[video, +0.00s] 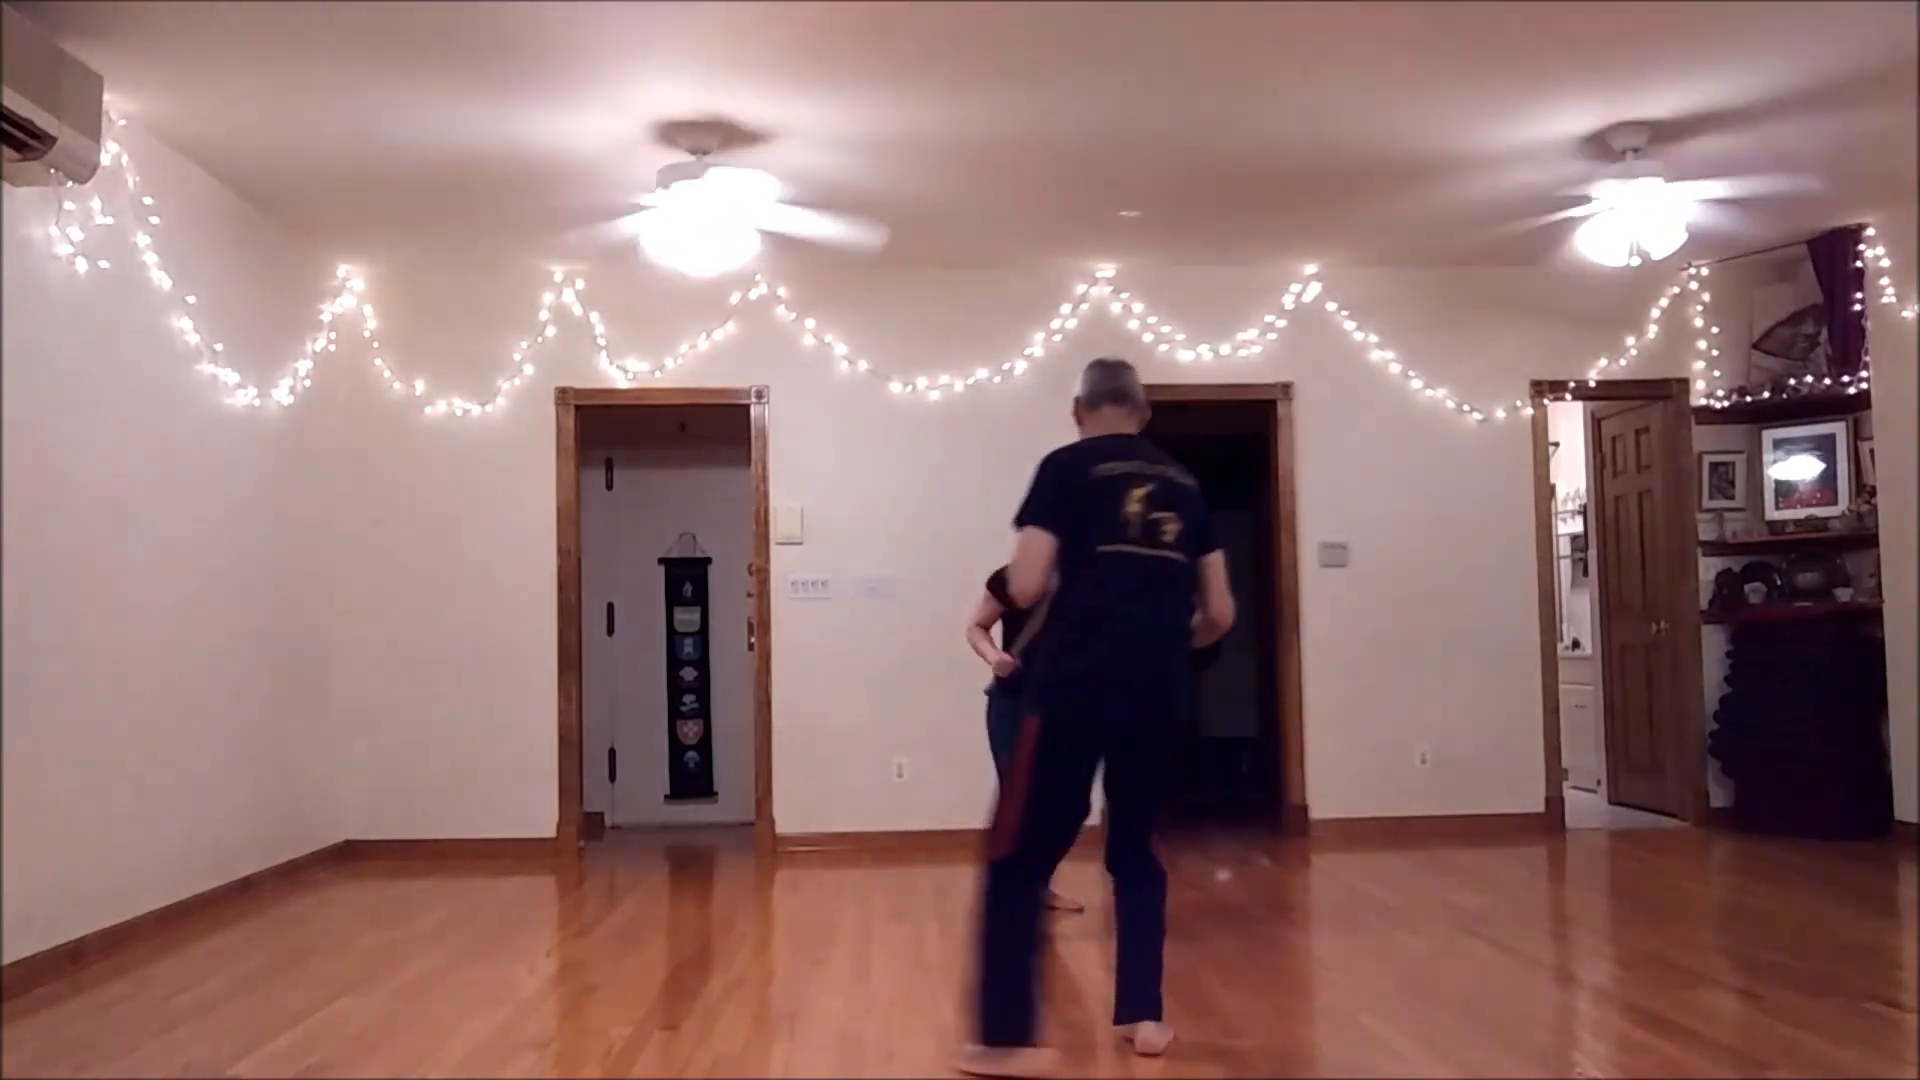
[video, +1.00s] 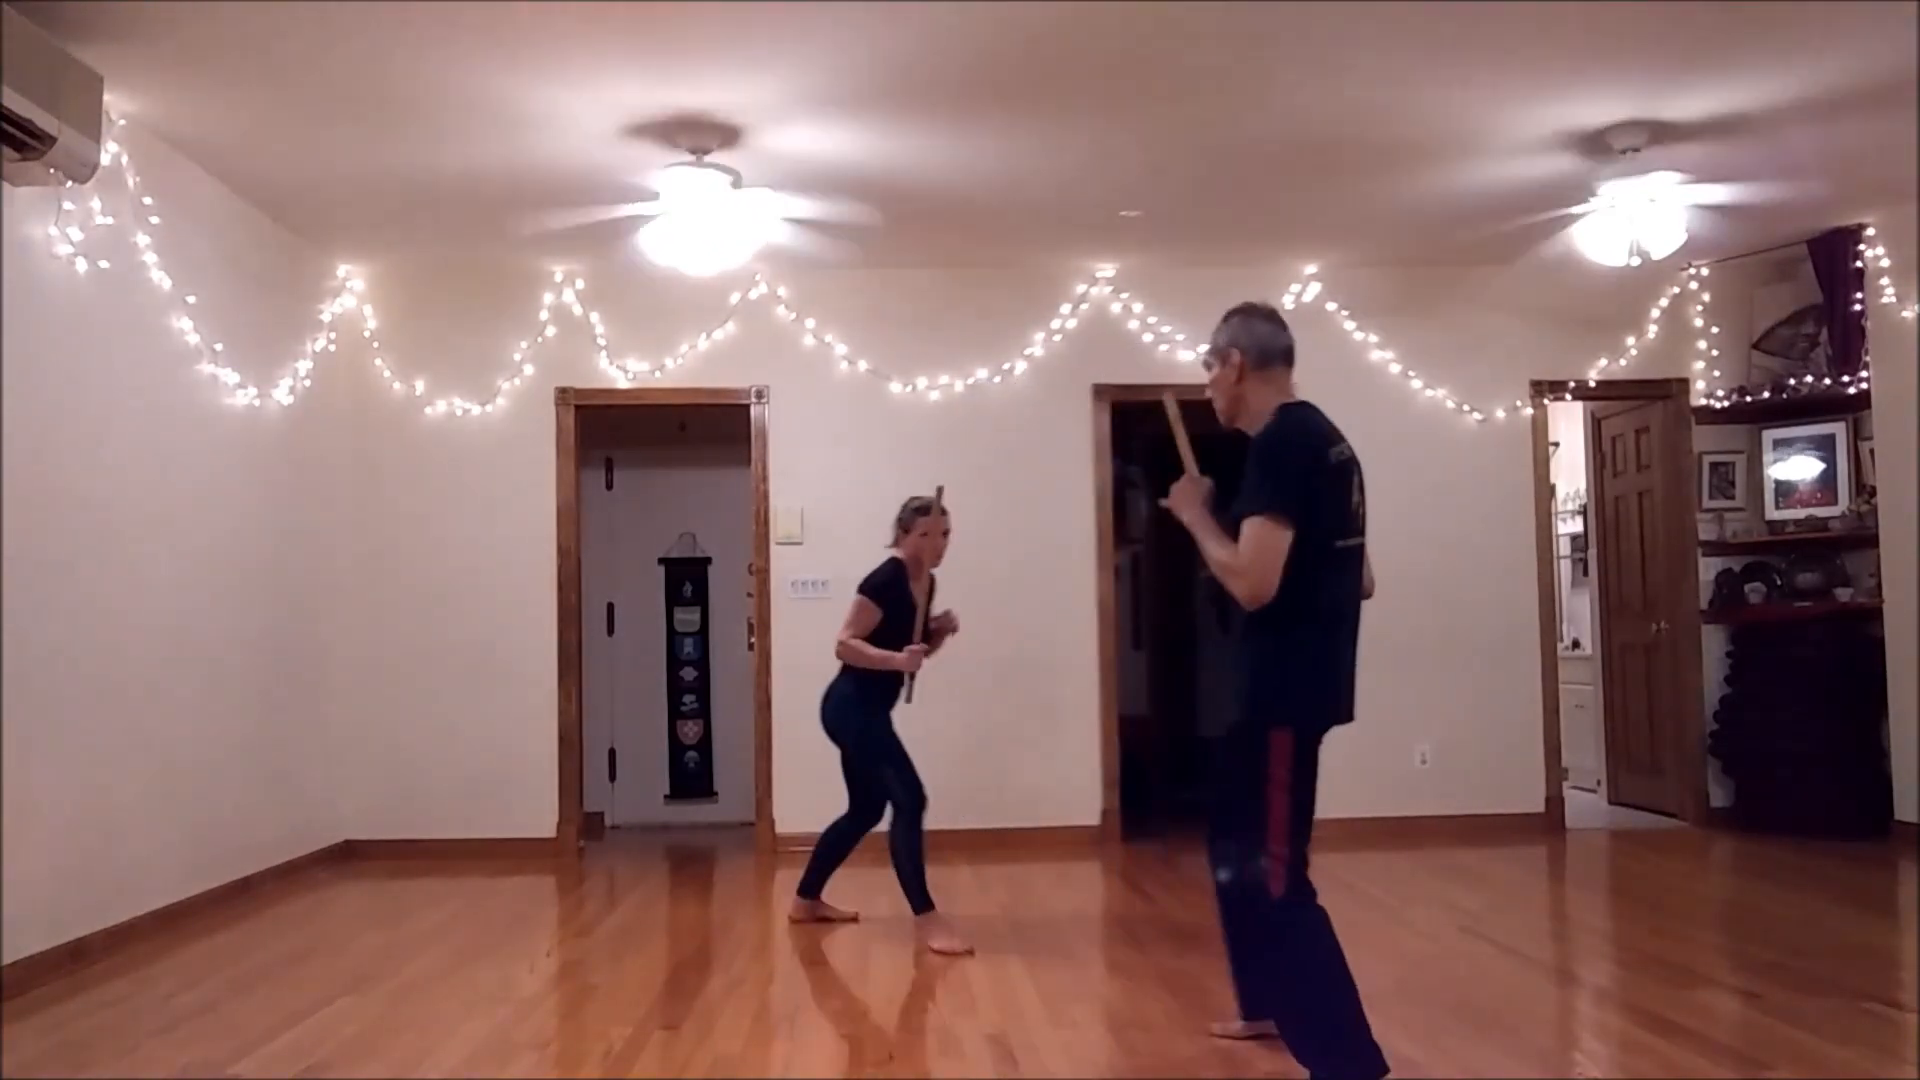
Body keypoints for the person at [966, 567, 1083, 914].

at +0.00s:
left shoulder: (1086, 580)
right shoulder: (1016, 576)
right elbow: (976, 626)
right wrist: (994, 656)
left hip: (1061, 694)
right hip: (1015, 693)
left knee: (1058, 801)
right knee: (1018, 796)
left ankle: (1040, 882)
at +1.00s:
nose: (941, 544)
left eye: (944, 535)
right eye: (932, 535)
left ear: (945, 536)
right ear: (907, 537)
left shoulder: (925, 581)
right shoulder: (884, 580)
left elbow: (908, 645)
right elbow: (845, 645)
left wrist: (934, 633)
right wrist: (897, 659)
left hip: (869, 707)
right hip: (851, 708)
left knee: (866, 808)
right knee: (909, 798)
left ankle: (806, 898)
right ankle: (927, 920)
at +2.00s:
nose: (870, 535)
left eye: (874, 526)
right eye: (861, 526)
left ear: (869, 531)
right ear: (830, 529)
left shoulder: (839, 575)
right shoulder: (811, 576)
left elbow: (814, 637)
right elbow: (785, 648)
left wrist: (851, 641)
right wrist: (850, 649)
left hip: (780, 706)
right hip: (773, 708)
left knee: (781, 811)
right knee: (826, 810)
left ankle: (717, 905)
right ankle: (805, 929)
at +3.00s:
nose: (949, 546)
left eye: (950, 537)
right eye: (941, 537)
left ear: (910, 543)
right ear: (910, 542)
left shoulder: (892, 586)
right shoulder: (908, 598)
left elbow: (929, 637)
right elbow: (981, 664)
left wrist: (958, 637)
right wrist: (1054, 670)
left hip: (843, 729)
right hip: (856, 739)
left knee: (836, 820)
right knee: (943, 817)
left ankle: (755, 883)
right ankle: (968, 945)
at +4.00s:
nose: (993, 483)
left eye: (992, 473)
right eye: (993, 473)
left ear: (928, 466)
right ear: (977, 471)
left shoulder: (870, 512)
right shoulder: (990, 543)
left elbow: (828, 614)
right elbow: (1009, 653)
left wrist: (878, 643)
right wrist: (1041, 680)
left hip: (876, 719)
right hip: (958, 723)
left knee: (832, 886)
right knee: (997, 876)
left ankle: (796, 1059)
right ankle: (979, 1038)